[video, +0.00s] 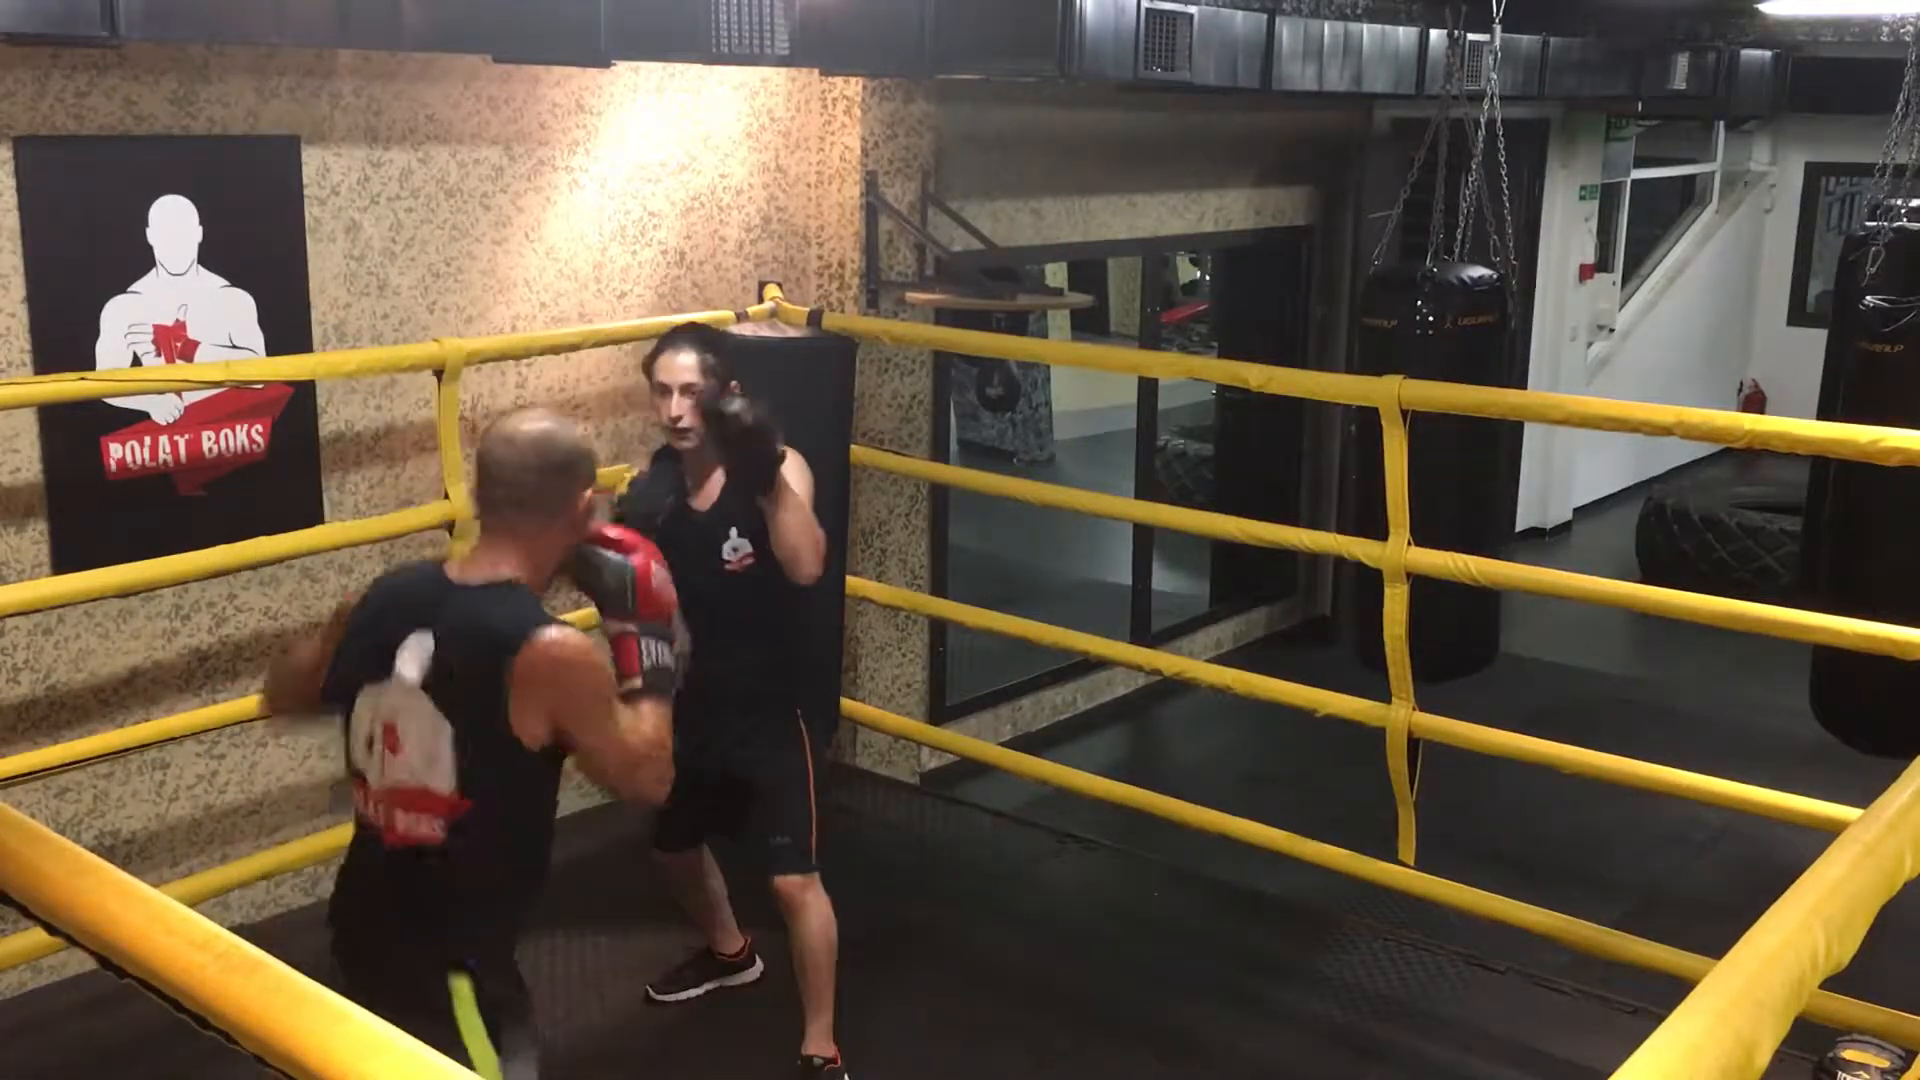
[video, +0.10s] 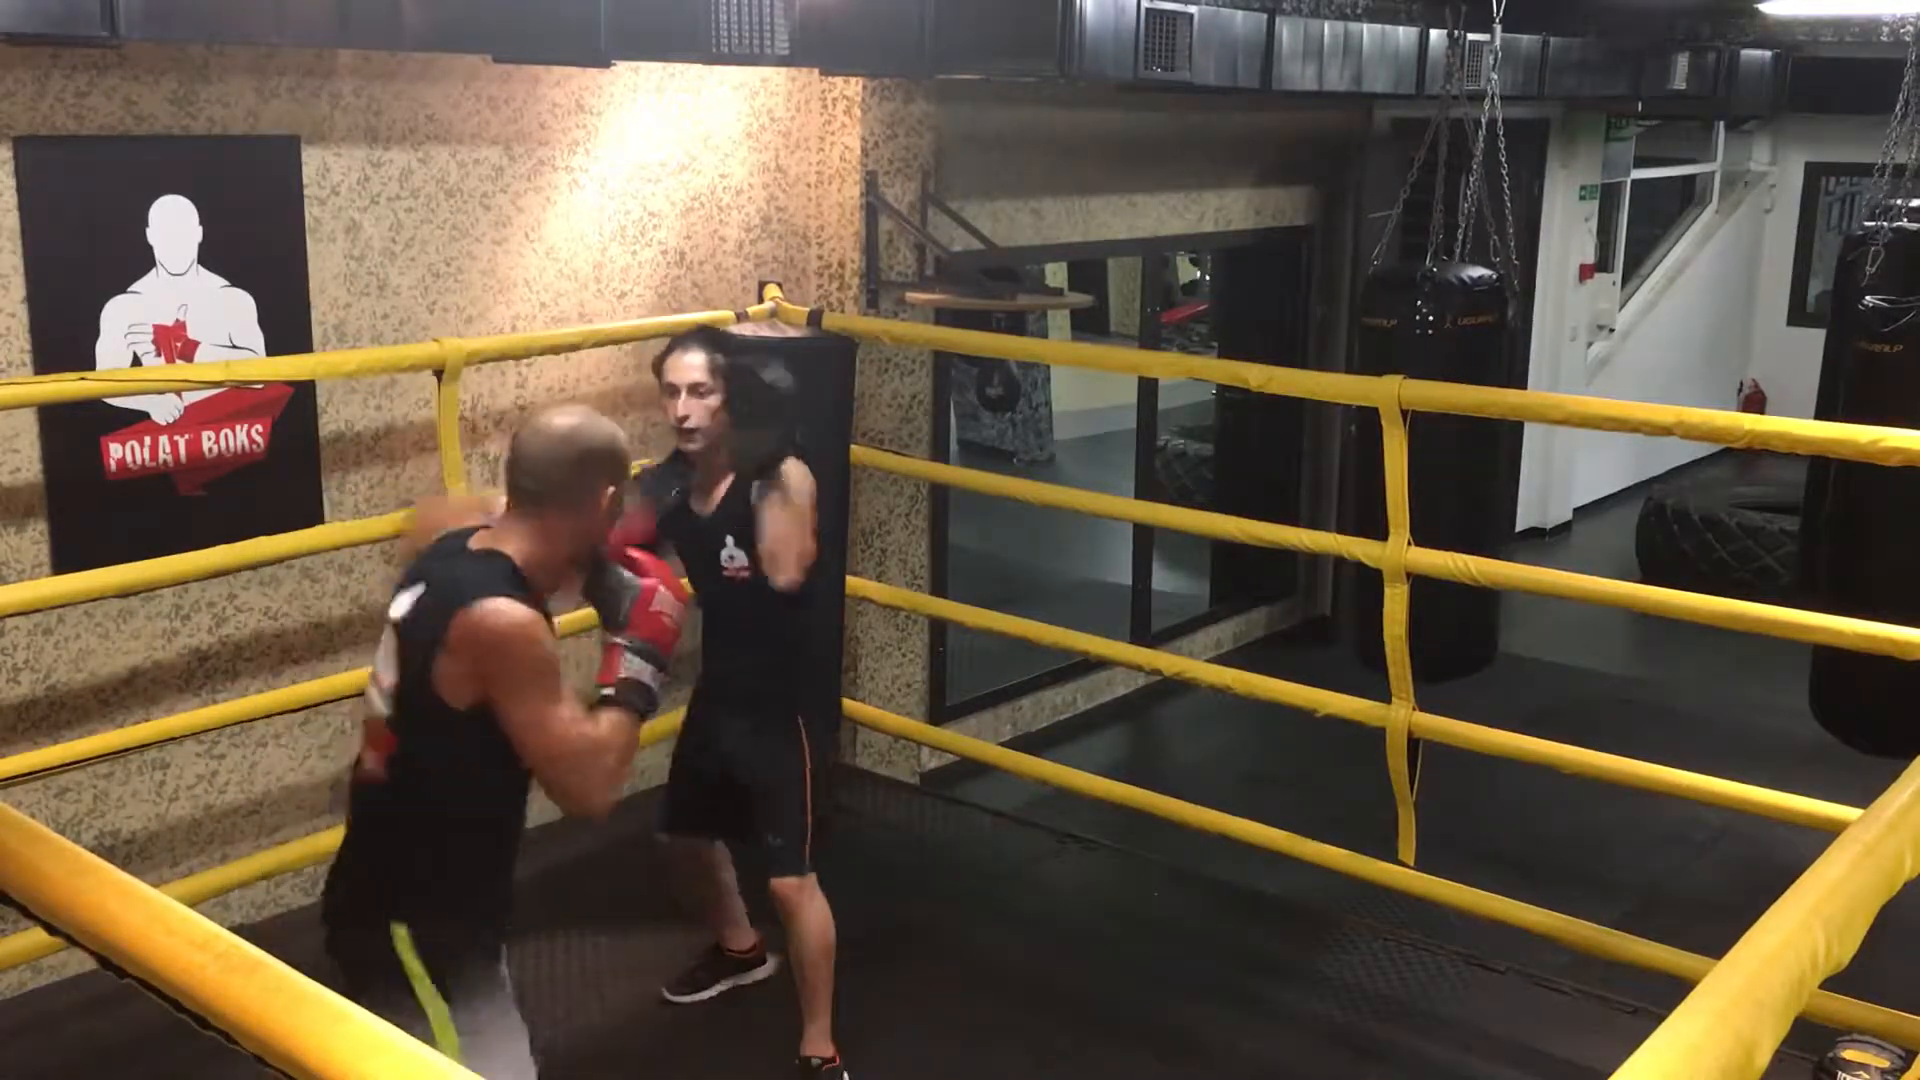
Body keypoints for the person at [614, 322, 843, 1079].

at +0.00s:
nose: (674, 408)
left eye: (689, 393)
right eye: (663, 393)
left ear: (726, 394)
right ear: (653, 397)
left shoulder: (778, 467)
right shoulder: (653, 486)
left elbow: (805, 566)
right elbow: (625, 594)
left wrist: (763, 467)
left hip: (777, 695)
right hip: (695, 692)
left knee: (792, 877)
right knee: (676, 840)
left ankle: (821, 1048)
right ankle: (729, 952)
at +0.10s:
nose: (684, 409)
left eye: (701, 393)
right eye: (674, 395)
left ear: (735, 400)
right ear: (664, 405)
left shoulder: (783, 478)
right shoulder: (672, 485)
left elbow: (786, 570)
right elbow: (606, 545)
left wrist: (765, 471)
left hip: (788, 698)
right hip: (718, 689)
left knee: (790, 881)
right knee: (688, 833)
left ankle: (820, 1048)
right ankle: (742, 949)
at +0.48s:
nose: (730, 398)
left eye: (746, 382)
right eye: (721, 382)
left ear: (787, 386)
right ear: (712, 386)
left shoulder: (829, 470)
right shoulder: (721, 461)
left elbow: (870, 589)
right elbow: (650, 500)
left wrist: (798, 549)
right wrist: (670, 504)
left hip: (824, 697)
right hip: (743, 684)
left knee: (819, 871)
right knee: (724, 819)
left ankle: (861, 1020)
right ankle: (776, 940)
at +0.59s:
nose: (748, 398)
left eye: (764, 382)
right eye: (740, 382)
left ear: (805, 387)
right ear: (732, 388)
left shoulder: (858, 474)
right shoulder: (730, 466)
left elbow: (920, 574)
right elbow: (642, 526)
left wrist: (865, 640)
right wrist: (674, 477)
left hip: (831, 694)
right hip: (750, 689)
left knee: (831, 861)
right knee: (754, 819)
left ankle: (860, 1018)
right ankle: (804, 908)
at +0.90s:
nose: (773, 381)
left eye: (789, 366)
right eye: (765, 366)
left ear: (830, 371)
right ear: (759, 371)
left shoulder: (862, 463)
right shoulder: (765, 449)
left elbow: (912, 577)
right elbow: (752, 540)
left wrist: (861, 667)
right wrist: (711, 515)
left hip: (836, 671)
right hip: (781, 660)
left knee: (826, 843)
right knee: (806, 815)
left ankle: (865, 1020)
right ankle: (863, 909)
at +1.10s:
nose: (734, 369)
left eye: (747, 355)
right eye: (728, 355)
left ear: (789, 354)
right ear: (733, 354)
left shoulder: (809, 435)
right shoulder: (774, 427)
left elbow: (858, 546)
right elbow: (790, 531)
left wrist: (841, 659)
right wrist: (727, 532)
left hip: (813, 649)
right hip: (799, 637)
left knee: (768, 806)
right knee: (829, 788)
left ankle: (803, 981)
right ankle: (871, 913)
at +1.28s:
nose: (697, 377)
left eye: (708, 362)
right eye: (690, 363)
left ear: (747, 357)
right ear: (694, 360)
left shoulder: (773, 438)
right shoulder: (738, 422)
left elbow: (822, 549)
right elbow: (759, 518)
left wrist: (815, 662)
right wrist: (708, 534)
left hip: (768, 645)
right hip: (768, 634)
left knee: (711, 787)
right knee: (827, 771)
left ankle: (700, 937)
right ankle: (869, 909)